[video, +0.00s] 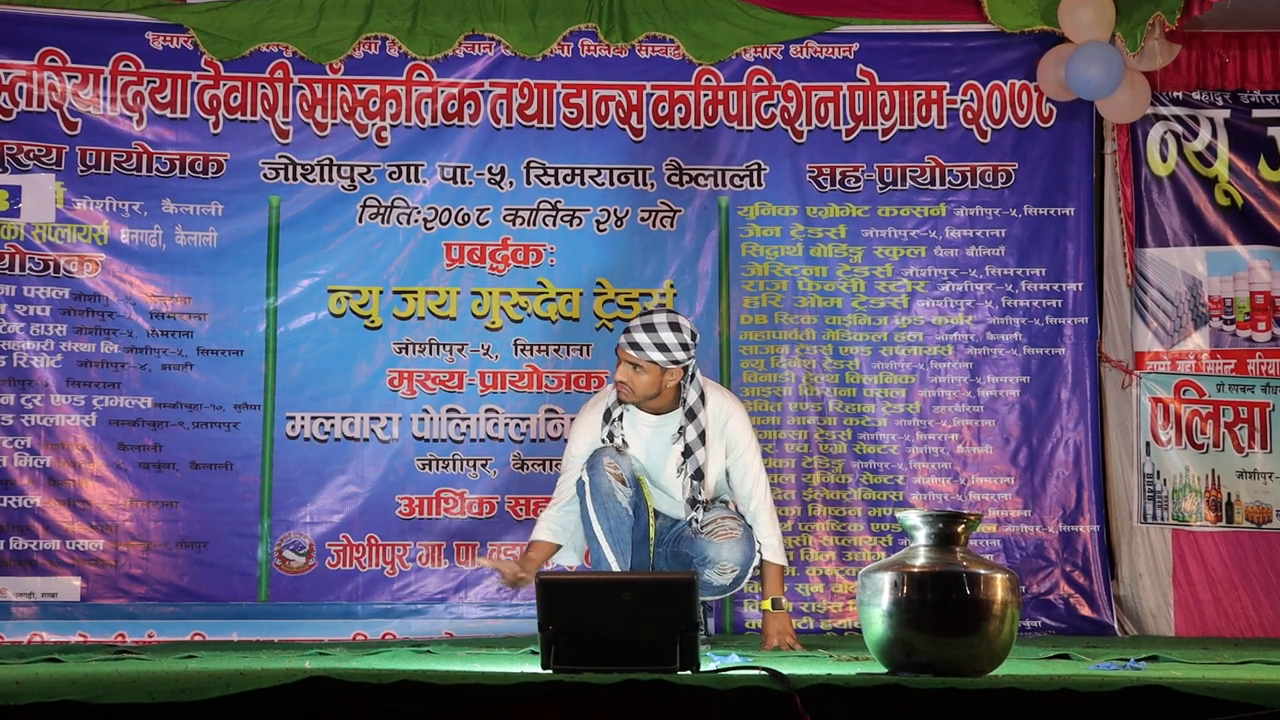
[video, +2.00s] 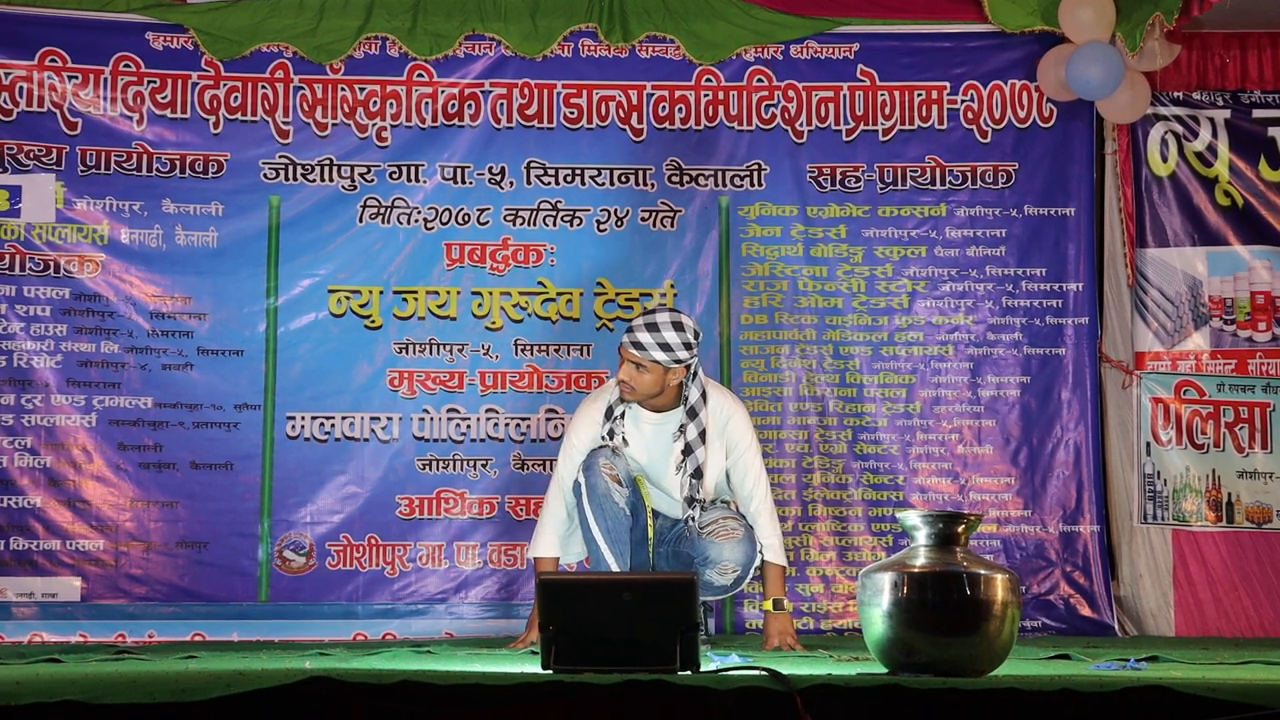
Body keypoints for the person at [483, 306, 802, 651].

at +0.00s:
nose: (618, 374)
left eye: (634, 368)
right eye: (620, 361)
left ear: (673, 375)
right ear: (618, 355)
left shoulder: (723, 413)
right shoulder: (597, 414)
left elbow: (759, 506)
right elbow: (567, 501)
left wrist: (775, 604)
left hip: (689, 542)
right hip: (627, 536)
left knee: (731, 536)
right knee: (605, 462)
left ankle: (687, 614)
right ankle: (621, 607)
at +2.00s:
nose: (622, 375)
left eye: (638, 368)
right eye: (622, 361)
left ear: (677, 374)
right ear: (620, 355)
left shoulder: (725, 413)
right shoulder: (597, 411)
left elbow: (760, 507)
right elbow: (557, 502)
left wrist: (777, 609)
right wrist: (543, 607)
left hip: (691, 540)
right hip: (628, 532)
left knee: (733, 546)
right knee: (601, 463)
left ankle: (687, 611)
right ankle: (619, 607)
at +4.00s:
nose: (623, 374)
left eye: (639, 367)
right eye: (624, 360)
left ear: (678, 373)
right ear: (622, 355)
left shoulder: (728, 414)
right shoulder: (600, 411)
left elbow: (762, 507)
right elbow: (558, 506)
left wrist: (777, 609)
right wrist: (542, 607)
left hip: (693, 538)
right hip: (630, 530)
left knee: (733, 546)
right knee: (604, 462)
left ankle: (690, 610)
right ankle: (620, 607)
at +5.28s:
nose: (623, 355)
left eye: (640, 346)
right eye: (624, 341)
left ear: (676, 357)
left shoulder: (726, 410)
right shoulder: (602, 404)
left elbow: (761, 503)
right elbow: (560, 495)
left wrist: (776, 604)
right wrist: (530, 590)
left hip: (693, 542)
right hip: (630, 532)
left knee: (734, 545)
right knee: (599, 461)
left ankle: (688, 613)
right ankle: (621, 605)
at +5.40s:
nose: (625, 350)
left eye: (641, 340)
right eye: (627, 336)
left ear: (679, 351)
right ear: (625, 336)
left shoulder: (728, 408)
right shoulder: (603, 402)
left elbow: (761, 502)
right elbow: (562, 498)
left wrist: (776, 602)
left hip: (695, 541)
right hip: (629, 534)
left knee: (731, 539)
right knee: (601, 462)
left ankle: (691, 614)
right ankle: (618, 605)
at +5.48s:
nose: (627, 347)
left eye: (642, 338)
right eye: (627, 334)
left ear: (680, 350)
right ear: (625, 336)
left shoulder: (728, 409)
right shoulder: (603, 401)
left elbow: (761, 505)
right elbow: (558, 497)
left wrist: (777, 605)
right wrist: (480, 503)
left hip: (693, 536)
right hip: (633, 532)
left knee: (734, 542)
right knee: (604, 461)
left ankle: (681, 614)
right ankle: (623, 607)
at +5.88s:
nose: (630, 346)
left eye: (647, 338)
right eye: (631, 333)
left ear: (684, 351)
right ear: (628, 334)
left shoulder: (727, 411)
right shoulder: (603, 399)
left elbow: (762, 505)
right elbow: (559, 492)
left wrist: (778, 607)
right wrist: (497, 472)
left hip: (695, 534)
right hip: (634, 530)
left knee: (736, 555)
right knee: (605, 463)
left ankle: (679, 611)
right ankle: (627, 607)